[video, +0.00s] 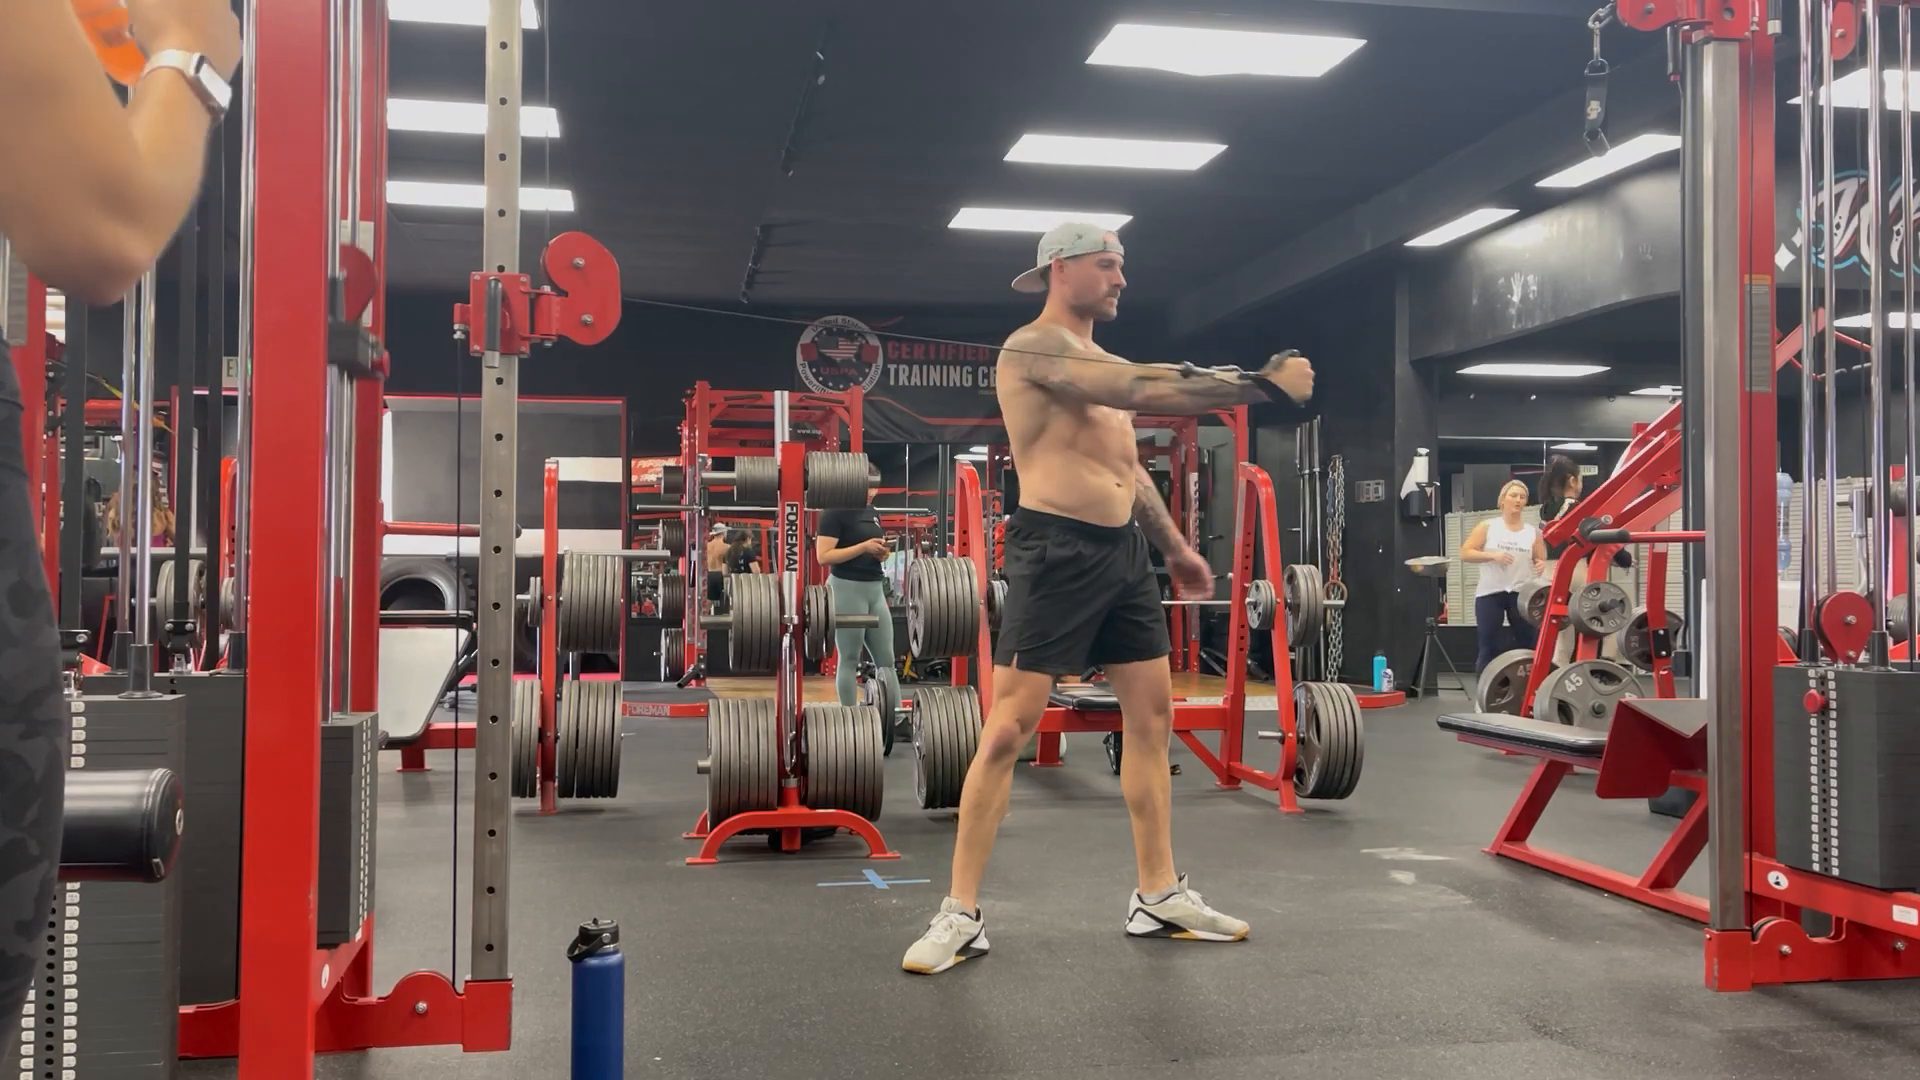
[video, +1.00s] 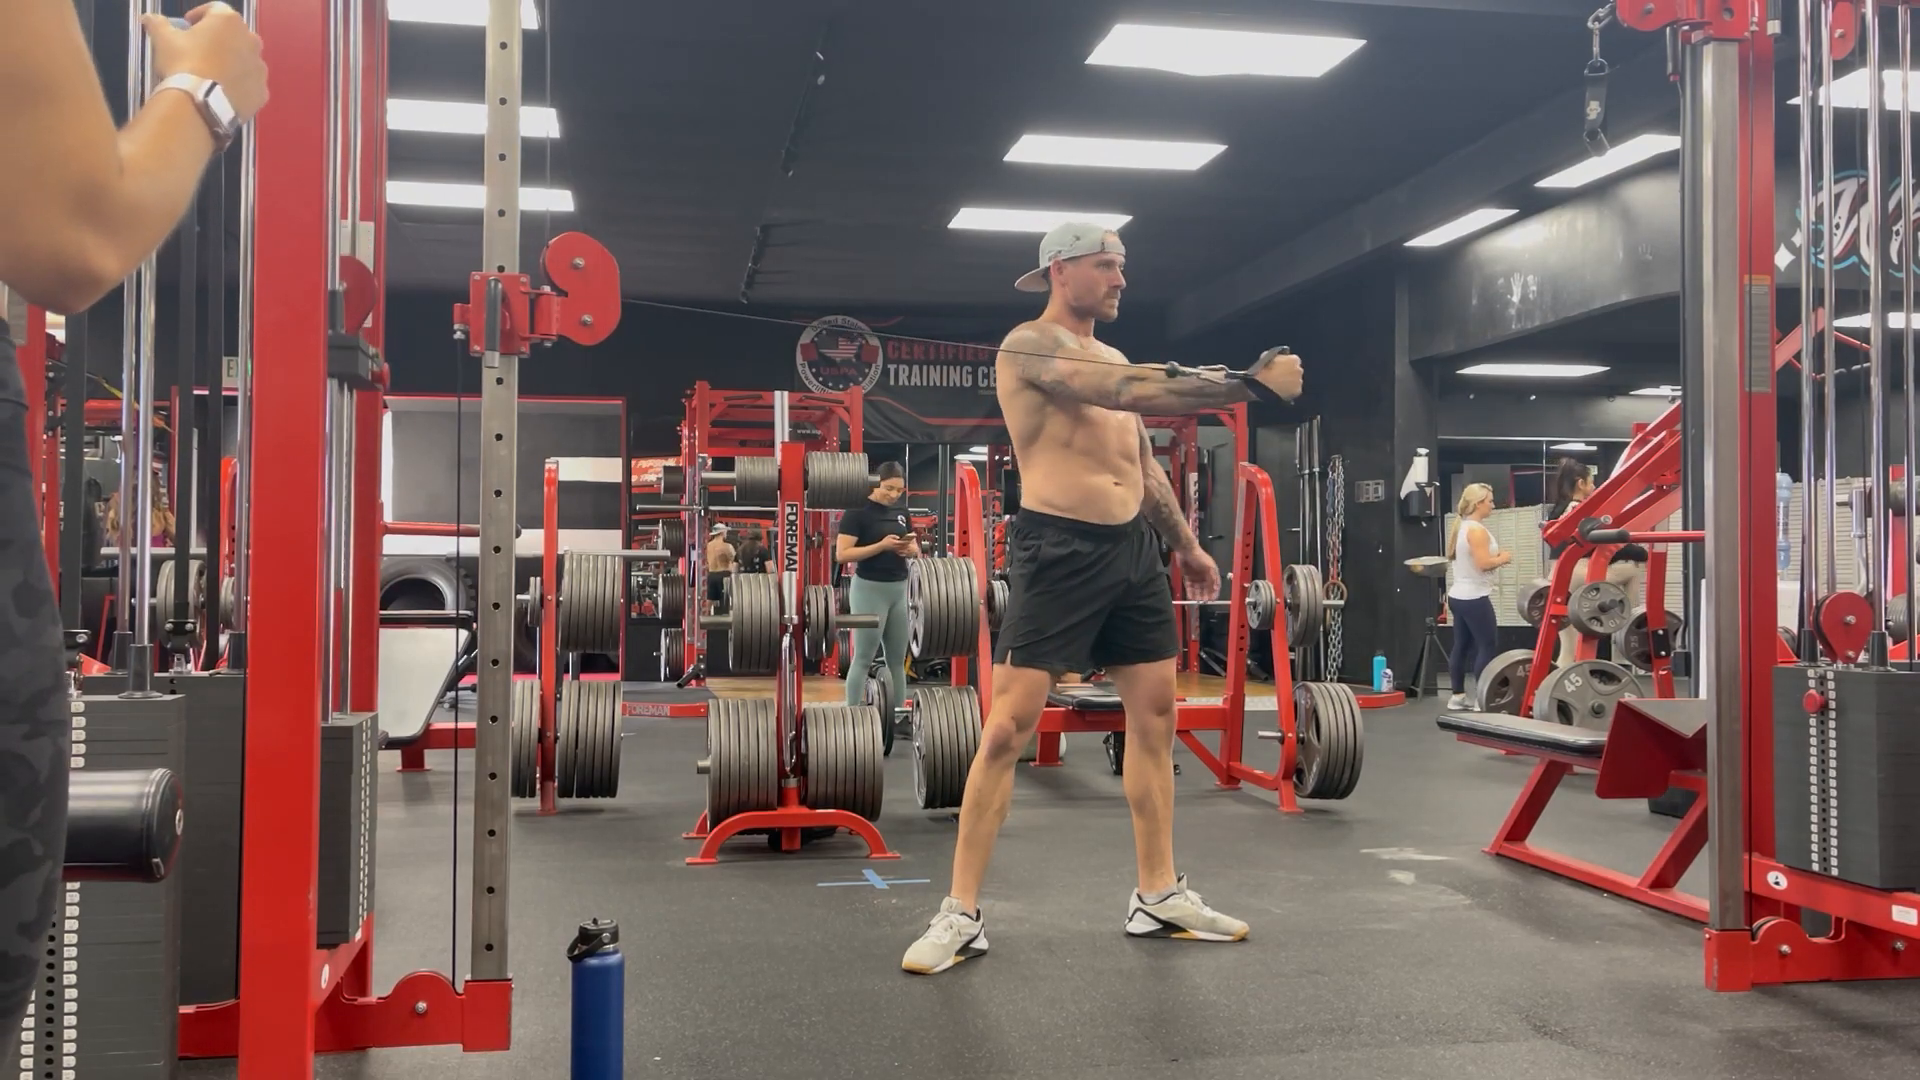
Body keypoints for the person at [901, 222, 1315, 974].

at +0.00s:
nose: (1121, 277)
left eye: (1121, 266)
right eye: (1107, 263)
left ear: (1096, 279)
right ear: (1059, 271)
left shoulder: (1107, 366)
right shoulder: (1029, 346)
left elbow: (1129, 473)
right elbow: (1129, 384)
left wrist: (1177, 548)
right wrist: (1259, 382)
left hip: (1126, 554)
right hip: (1053, 551)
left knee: (1152, 718)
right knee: (1006, 733)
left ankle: (1158, 894)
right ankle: (960, 910)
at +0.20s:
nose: (1132, 285)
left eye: (1132, 273)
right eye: (1122, 271)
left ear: (1089, 276)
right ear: (1078, 272)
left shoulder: (1103, 356)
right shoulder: (1055, 340)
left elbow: (1178, 400)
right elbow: (1156, 389)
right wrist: (1270, 398)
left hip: (1124, 554)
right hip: (1056, 549)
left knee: (1151, 719)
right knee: (1011, 733)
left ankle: (1158, 894)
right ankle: (960, 909)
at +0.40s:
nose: (1139, 288)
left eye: (1140, 276)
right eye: (1131, 274)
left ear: (1090, 274)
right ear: (1090, 272)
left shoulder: (1098, 346)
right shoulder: (1068, 337)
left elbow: (1181, 398)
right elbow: (1173, 394)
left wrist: (1247, 403)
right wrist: (1259, 407)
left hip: (1126, 553)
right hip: (1061, 550)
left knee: (1152, 717)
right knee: (1015, 734)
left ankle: (1158, 895)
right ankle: (961, 910)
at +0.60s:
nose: (1141, 285)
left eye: (1141, 274)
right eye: (1131, 271)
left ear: (1095, 273)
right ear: (1089, 270)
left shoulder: (1107, 353)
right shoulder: (1066, 336)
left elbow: (1189, 404)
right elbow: (1163, 390)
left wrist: (1270, 408)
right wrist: (1265, 406)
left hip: (1127, 554)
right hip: (1060, 550)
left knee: (1155, 717)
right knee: (1014, 735)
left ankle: (1158, 894)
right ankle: (960, 910)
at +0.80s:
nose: (1132, 280)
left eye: (1132, 268)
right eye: (1120, 266)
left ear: (1093, 275)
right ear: (1073, 270)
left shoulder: (1110, 360)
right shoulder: (1044, 340)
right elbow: (1152, 388)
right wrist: (1267, 396)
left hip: (1129, 553)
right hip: (1056, 550)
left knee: (1155, 720)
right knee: (1009, 733)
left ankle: (1159, 895)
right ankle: (961, 910)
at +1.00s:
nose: (1120, 275)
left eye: (1120, 265)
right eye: (1106, 262)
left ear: (1103, 280)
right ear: (1058, 272)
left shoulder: (1118, 364)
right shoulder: (1028, 343)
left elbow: (1144, 465)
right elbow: (1117, 385)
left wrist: (1187, 543)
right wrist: (1246, 382)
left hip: (1135, 552)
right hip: (1056, 550)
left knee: (1155, 719)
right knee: (1004, 733)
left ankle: (1157, 894)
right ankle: (961, 910)